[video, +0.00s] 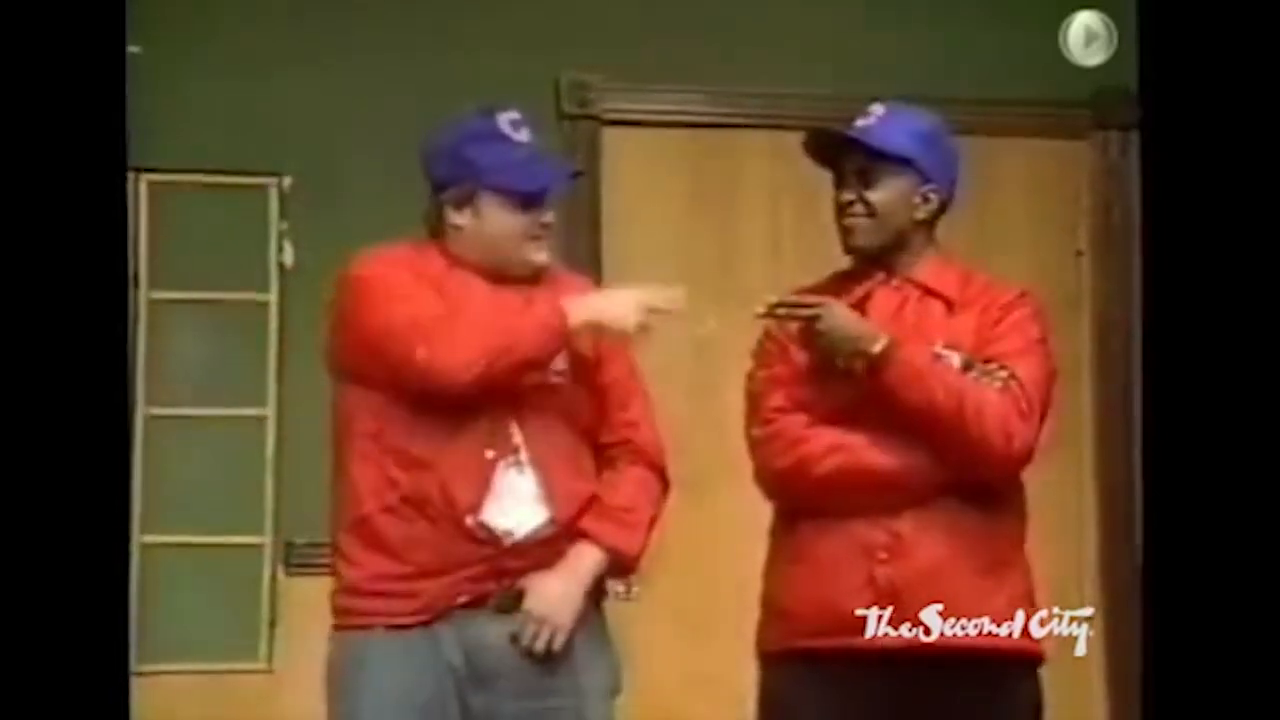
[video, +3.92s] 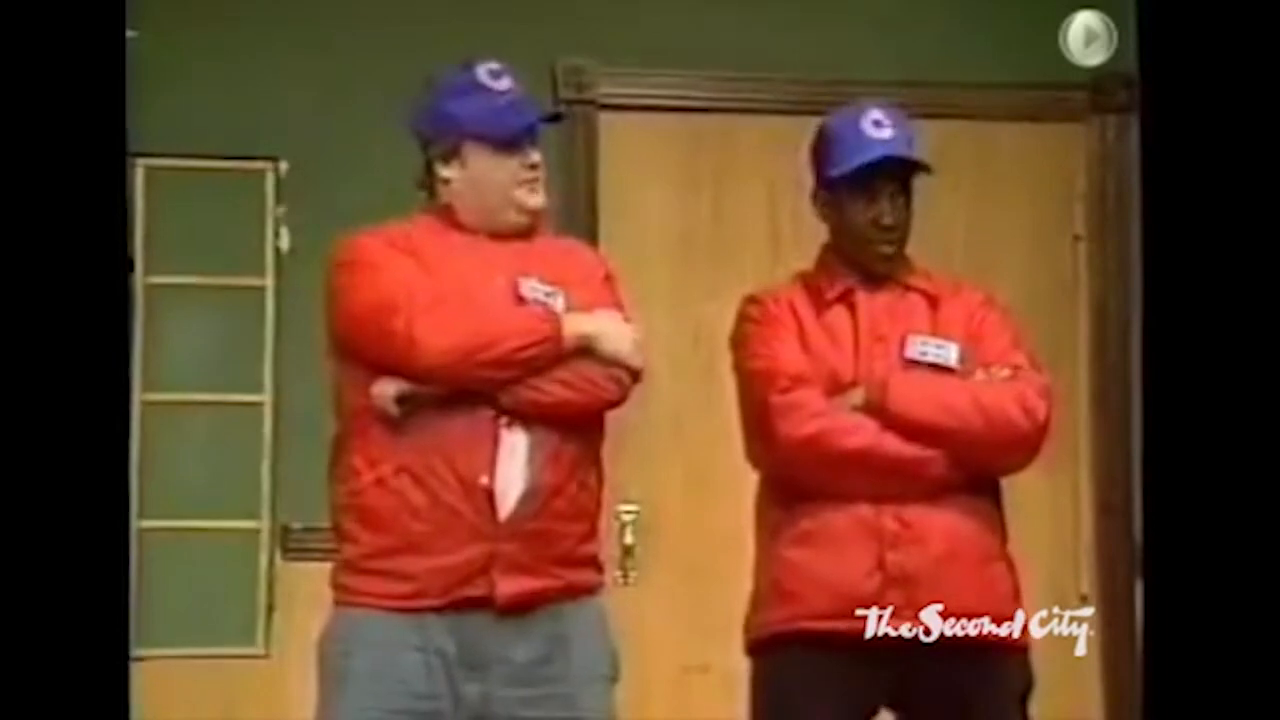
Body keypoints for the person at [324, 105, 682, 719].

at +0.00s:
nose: (547, 217)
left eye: (547, 201)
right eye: (525, 203)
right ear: (459, 211)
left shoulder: (574, 298)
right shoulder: (379, 283)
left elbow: (638, 457)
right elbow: (450, 360)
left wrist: (577, 571)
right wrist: (574, 317)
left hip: (545, 623)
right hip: (397, 634)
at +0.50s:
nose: (541, 215)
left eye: (544, 199)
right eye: (520, 200)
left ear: (552, 200)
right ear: (453, 208)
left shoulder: (569, 296)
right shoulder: (374, 283)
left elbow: (637, 441)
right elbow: (433, 370)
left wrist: (570, 540)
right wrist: (561, 322)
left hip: (547, 625)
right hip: (394, 633)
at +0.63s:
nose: (539, 212)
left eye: (541, 196)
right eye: (517, 197)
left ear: (550, 199)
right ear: (450, 206)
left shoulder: (572, 292)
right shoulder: (374, 283)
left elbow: (634, 418)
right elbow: (434, 362)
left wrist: (548, 486)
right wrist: (566, 320)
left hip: (549, 623)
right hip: (395, 631)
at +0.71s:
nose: (528, 210)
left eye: (534, 192)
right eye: (504, 194)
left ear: (547, 198)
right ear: (444, 202)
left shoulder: (571, 287)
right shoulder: (375, 280)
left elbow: (608, 403)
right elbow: (444, 354)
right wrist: (587, 324)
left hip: (547, 611)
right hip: (395, 620)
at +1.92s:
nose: (444, 204)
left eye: (469, 187)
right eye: (436, 185)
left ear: (523, 202)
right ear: (423, 194)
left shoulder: (580, 287)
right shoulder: (380, 279)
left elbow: (579, 428)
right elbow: (397, 388)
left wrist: (414, 418)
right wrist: (552, 375)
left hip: (544, 616)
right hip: (387, 619)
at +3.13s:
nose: (511, 187)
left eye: (513, 165)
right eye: (481, 178)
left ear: (530, 169)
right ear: (433, 204)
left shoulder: (583, 279)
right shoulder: (379, 273)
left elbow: (582, 411)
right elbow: (393, 374)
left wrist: (428, 394)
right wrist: (551, 360)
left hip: (550, 614)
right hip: (391, 617)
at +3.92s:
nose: (534, 161)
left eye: (533, 144)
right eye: (509, 147)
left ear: (539, 152)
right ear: (447, 169)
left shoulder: (578, 263)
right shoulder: (373, 256)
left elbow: (605, 383)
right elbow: (428, 348)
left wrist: (452, 380)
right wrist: (574, 333)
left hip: (554, 614)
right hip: (396, 617)